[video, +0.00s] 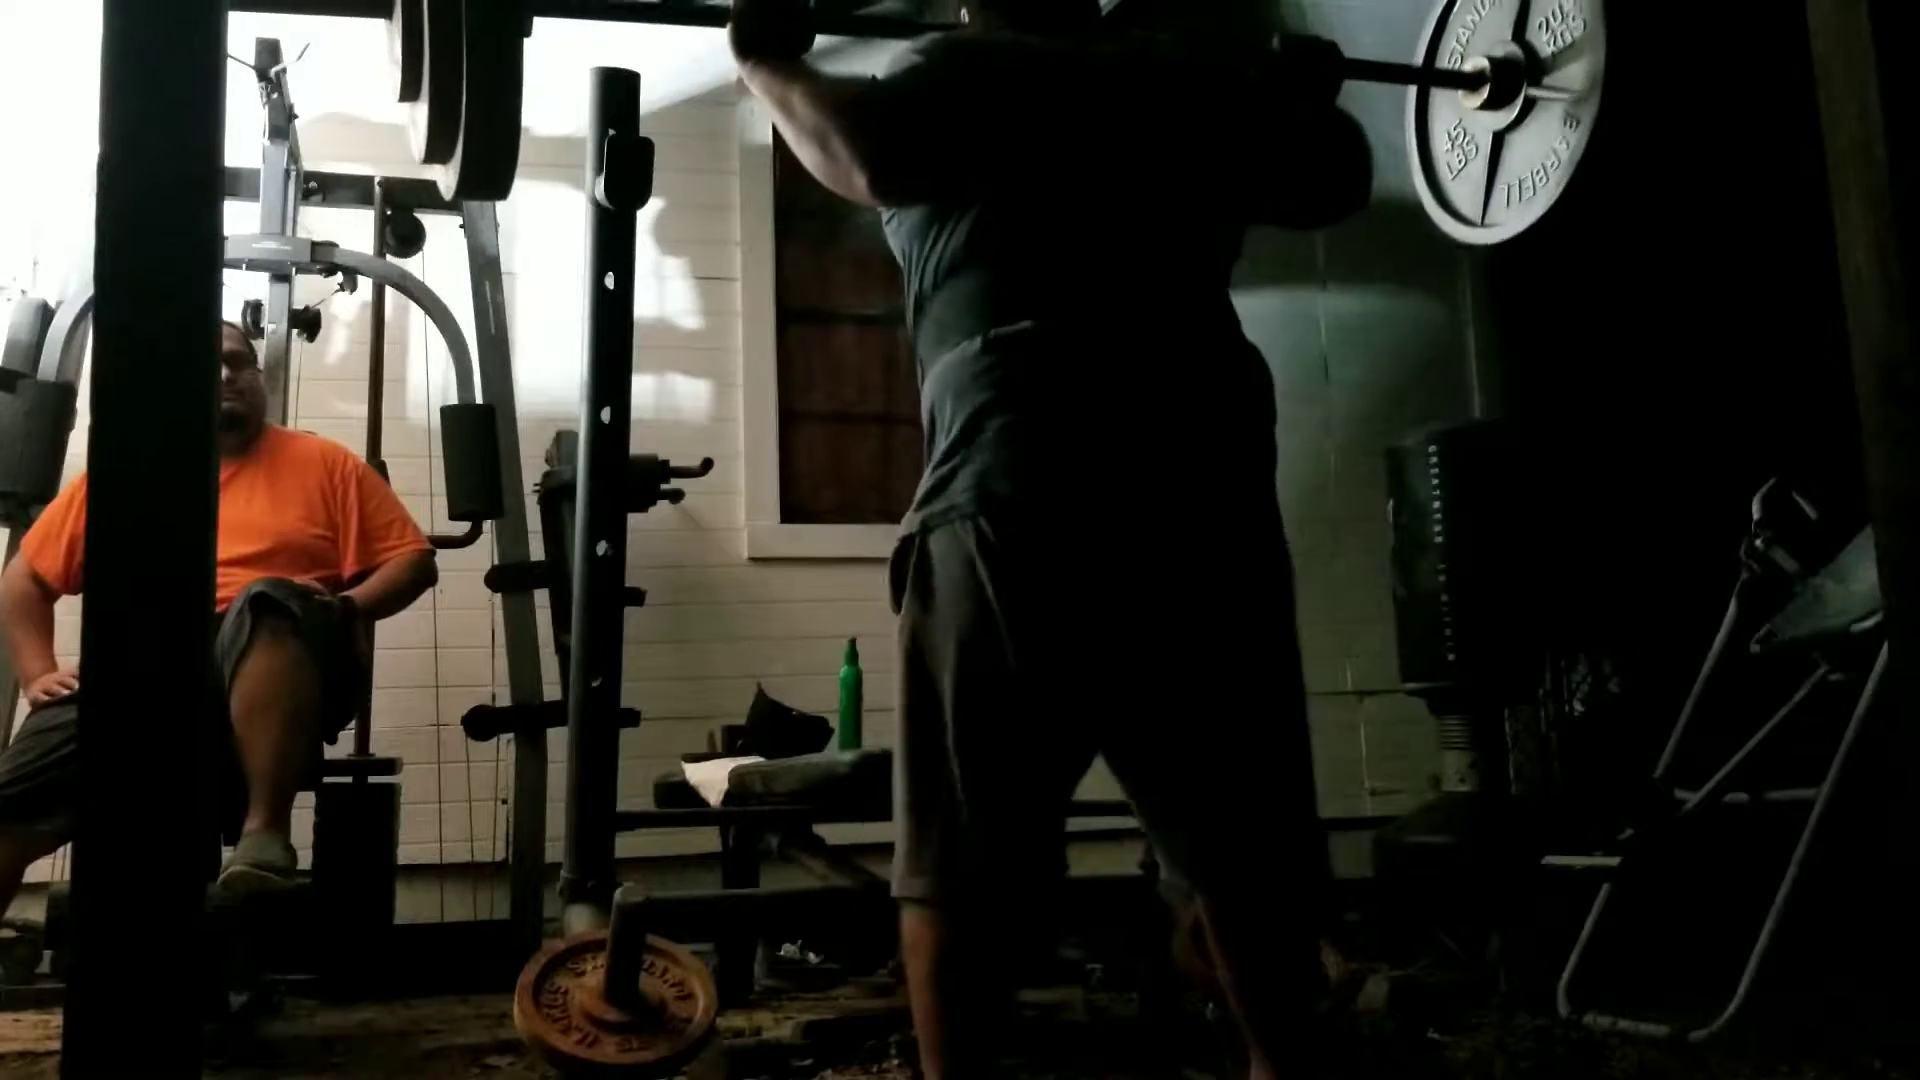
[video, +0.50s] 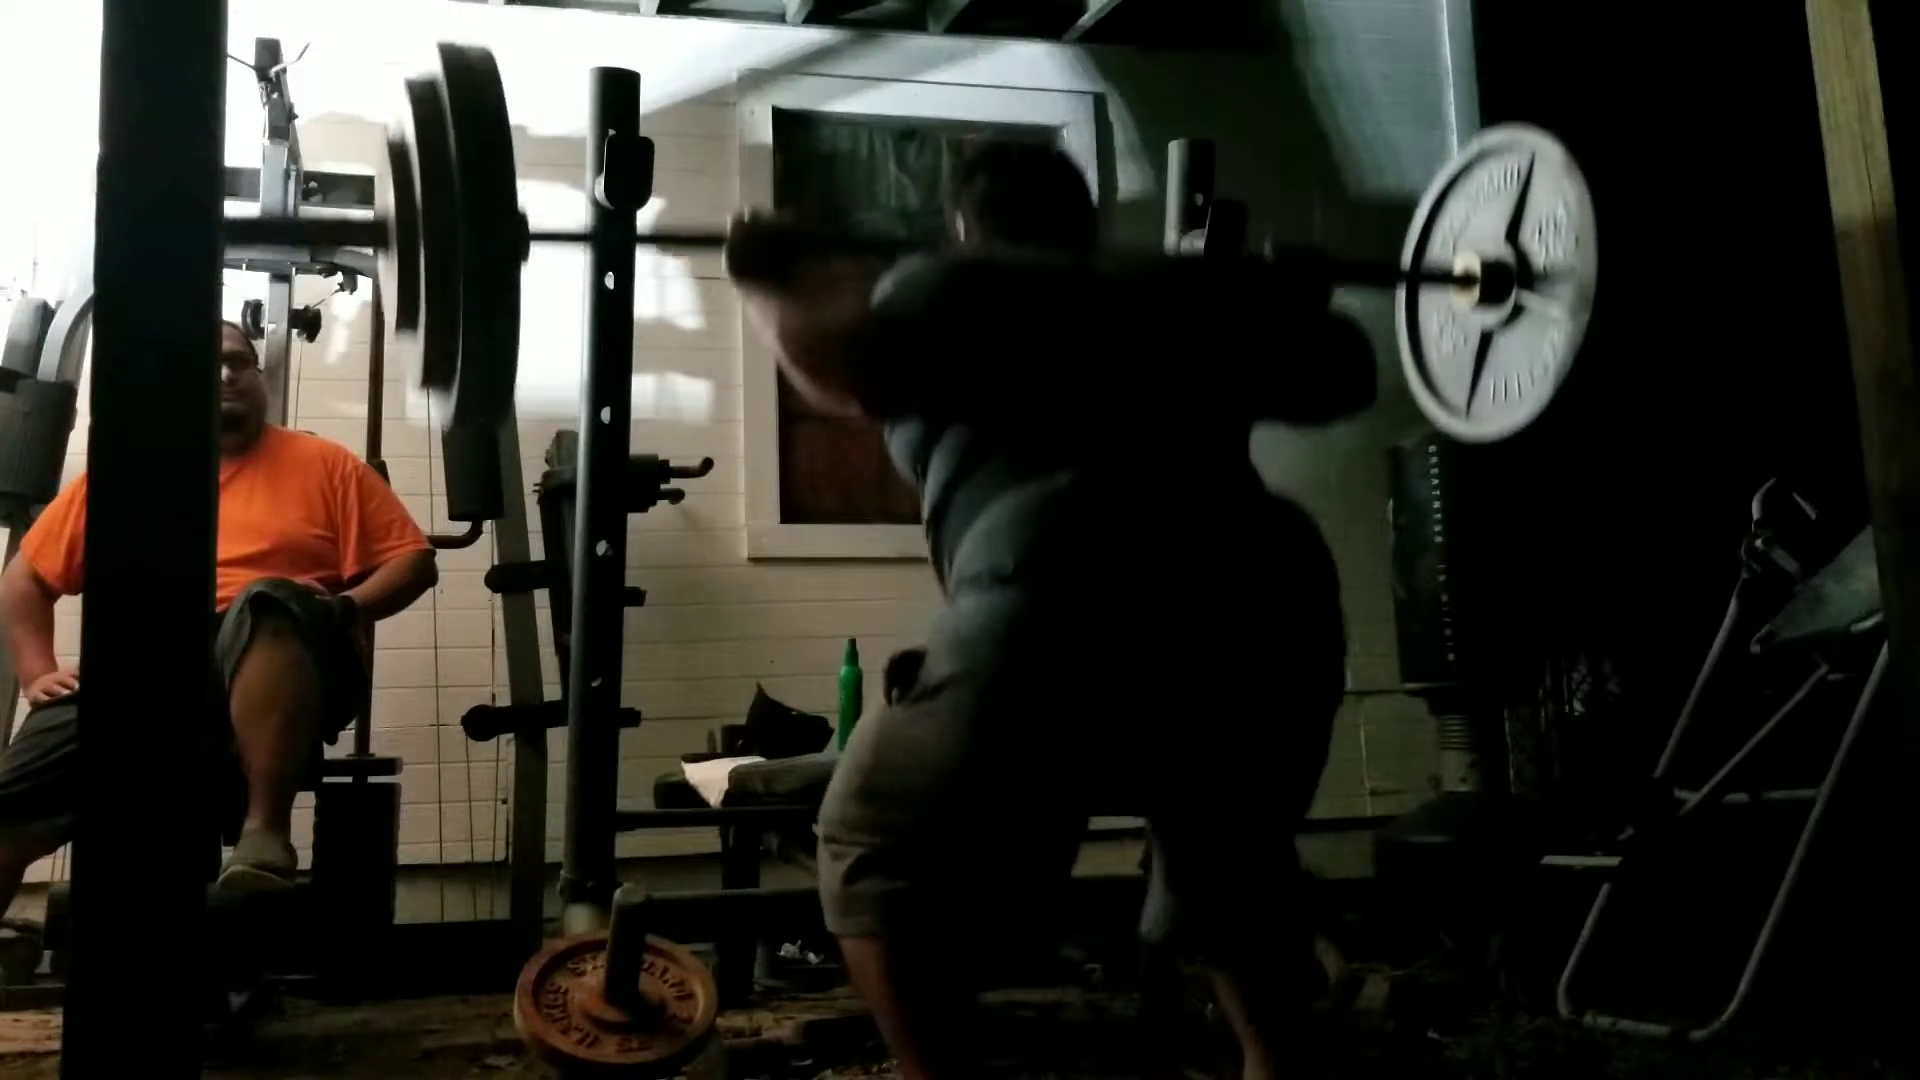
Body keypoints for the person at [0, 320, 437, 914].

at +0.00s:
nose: (227, 376)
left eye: (239, 363)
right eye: (210, 365)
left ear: (263, 378)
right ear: (184, 381)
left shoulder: (324, 464)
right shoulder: (131, 467)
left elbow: (414, 560)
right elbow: (23, 576)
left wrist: (346, 605)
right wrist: (37, 672)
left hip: (284, 666)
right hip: (142, 664)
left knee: (273, 604)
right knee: (11, 811)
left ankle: (265, 830)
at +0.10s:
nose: (227, 376)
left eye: (239, 363)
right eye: (210, 365)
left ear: (263, 377)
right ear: (185, 381)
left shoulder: (325, 465)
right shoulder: (131, 468)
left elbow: (414, 560)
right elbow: (24, 575)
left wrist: (346, 605)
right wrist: (37, 672)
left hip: (285, 667)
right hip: (143, 663)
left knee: (274, 604)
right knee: (12, 807)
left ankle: (266, 828)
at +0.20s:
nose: (227, 376)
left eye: (239, 363)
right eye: (210, 364)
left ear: (263, 377)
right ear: (185, 381)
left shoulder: (324, 464)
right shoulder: (133, 468)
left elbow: (414, 560)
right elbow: (25, 575)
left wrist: (346, 605)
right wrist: (36, 671)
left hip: (286, 670)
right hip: (144, 664)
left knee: (274, 605)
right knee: (11, 807)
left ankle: (266, 829)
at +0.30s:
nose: (228, 376)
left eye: (239, 363)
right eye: (210, 364)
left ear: (263, 377)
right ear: (186, 381)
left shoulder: (325, 465)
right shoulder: (132, 467)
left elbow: (414, 560)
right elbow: (24, 575)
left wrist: (345, 605)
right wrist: (37, 672)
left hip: (286, 666)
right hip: (144, 663)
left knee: (273, 604)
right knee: (12, 807)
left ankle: (266, 829)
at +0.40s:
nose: (227, 375)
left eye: (239, 362)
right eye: (210, 364)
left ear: (263, 377)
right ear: (185, 381)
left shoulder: (325, 465)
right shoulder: (132, 467)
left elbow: (414, 560)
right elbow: (24, 575)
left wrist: (345, 605)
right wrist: (37, 672)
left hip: (286, 666)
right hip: (144, 663)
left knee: (273, 604)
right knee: (12, 807)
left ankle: (266, 829)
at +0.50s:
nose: (227, 376)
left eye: (239, 363)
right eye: (210, 364)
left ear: (263, 377)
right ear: (185, 381)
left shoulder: (325, 465)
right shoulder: (132, 467)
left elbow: (414, 560)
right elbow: (24, 575)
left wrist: (345, 605)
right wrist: (37, 672)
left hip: (286, 666)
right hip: (144, 663)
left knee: (273, 604)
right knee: (11, 808)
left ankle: (266, 829)